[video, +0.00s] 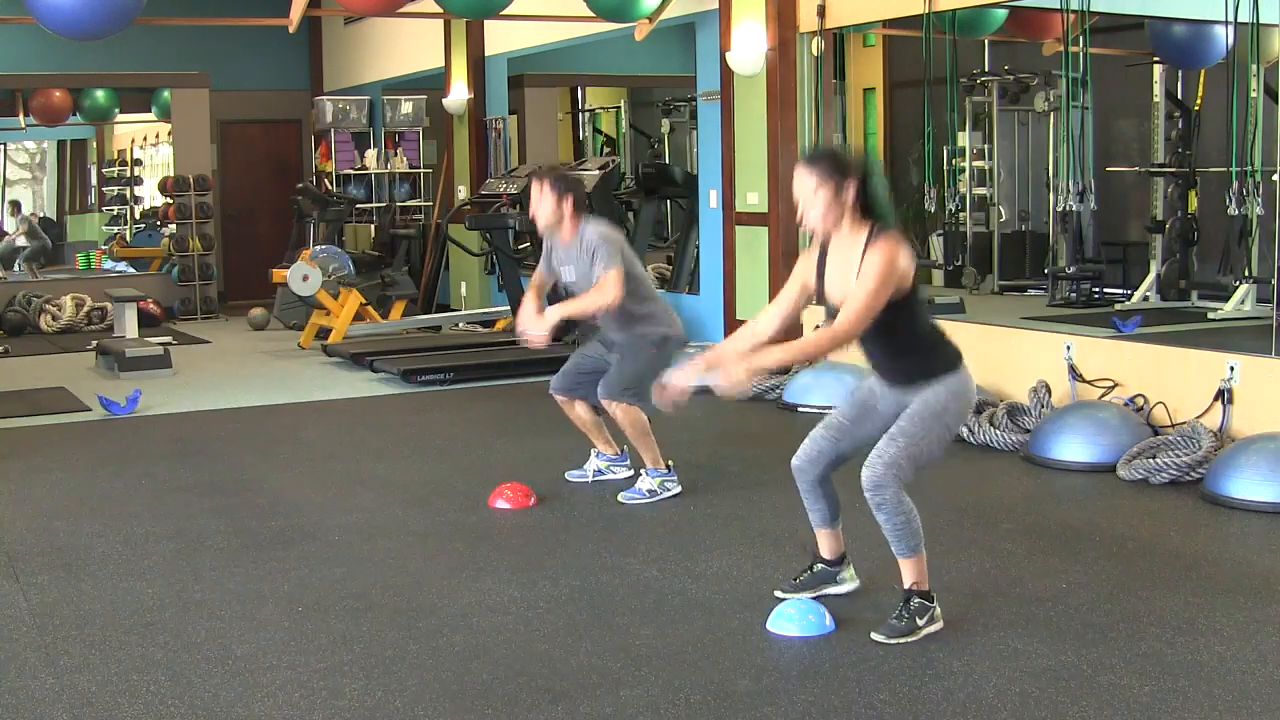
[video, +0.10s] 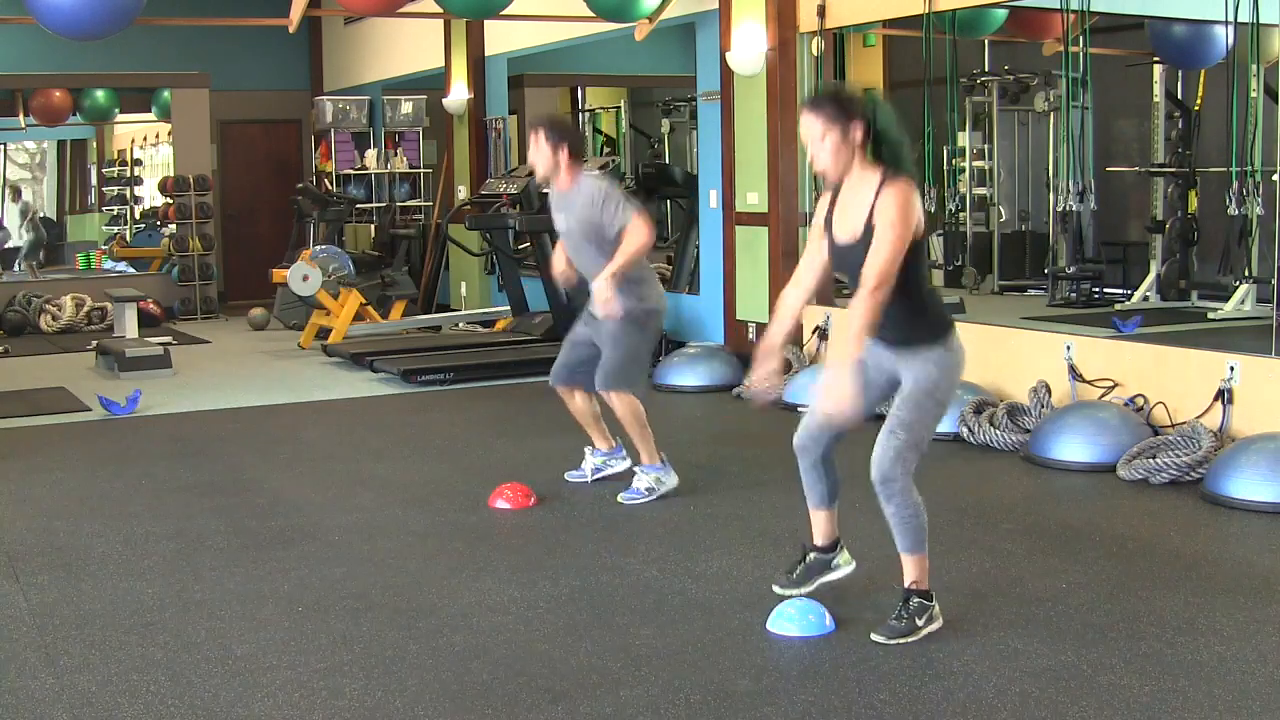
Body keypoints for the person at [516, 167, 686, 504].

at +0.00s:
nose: (532, 209)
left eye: (539, 200)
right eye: (532, 200)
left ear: (566, 203)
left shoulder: (600, 236)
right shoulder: (553, 240)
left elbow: (611, 293)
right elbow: (538, 285)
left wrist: (554, 314)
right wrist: (530, 314)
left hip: (652, 333)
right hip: (612, 335)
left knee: (615, 395)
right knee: (565, 390)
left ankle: (660, 473)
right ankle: (611, 458)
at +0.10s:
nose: (530, 159)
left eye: (536, 149)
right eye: (530, 149)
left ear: (560, 151)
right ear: (555, 153)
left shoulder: (597, 188)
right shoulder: (557, 192)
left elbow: (642, 230)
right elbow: (578, 228)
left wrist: (608, 275)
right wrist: (563, 253)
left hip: (635, 303)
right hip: (599, 302)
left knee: (614, 385)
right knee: (567, 380)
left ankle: (656, 468)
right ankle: (607, 451)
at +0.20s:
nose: (530, 120)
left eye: (534, 111)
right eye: (529, 111)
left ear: (560, 113)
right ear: (557, 114)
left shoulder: (601, 150)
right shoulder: (563, 156)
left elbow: (657, 186)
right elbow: (598, 205)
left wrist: (633, 235)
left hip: (619, 279)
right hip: (587, 278)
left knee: (600, 362)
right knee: (571, 364)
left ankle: (632, 451)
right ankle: (602, 443)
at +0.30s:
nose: (532, 108)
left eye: (537, 100)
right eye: (531, 100)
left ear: (562, 102)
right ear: (559, 103)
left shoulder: (606, 138)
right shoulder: (560, 144)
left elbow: (659, 179)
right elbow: (580, 190)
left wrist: (636, 225)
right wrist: (570, 221)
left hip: (615, 265)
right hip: (584, 262)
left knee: (582, 351)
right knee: (578, 353)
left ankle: (582, 444)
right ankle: (606, 440)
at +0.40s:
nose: (538, 118)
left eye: (544, 110)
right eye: (538, 111)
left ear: (569, 113)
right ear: (563, 115)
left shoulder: (611, 153)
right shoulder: (563, 156)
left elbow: (656, 199)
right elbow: (574, 204)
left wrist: (623, 234)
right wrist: (552, 229)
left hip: (610, 280)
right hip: (579, 277)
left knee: (568, 359)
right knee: (577, 370)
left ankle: (555, 456)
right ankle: (614, 454)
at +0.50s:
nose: (544, 123)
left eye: (551, 115)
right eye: (544, 115)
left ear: (578, 118)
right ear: (568, 119)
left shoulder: (609, 159)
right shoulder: (564, 162)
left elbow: (651, 206)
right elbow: (571, 210)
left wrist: (605, 227)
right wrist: (534, 221)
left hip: (609, 290)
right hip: (584, 289)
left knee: (566, 365)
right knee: (583, 381)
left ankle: (558, 460)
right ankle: (615, 456)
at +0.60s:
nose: (545, 109)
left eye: (551, 100)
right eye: (544, 101)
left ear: (579, 101)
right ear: (565, 103)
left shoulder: (611, 141)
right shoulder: (563, 147)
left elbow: (647, 192)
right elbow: (568, 193)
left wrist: (590, 206)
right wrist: (540, 199)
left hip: (613, 272)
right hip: (583, 273)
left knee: (581, 357)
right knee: (582, 359)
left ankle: (579, 451)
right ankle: (609, 447)